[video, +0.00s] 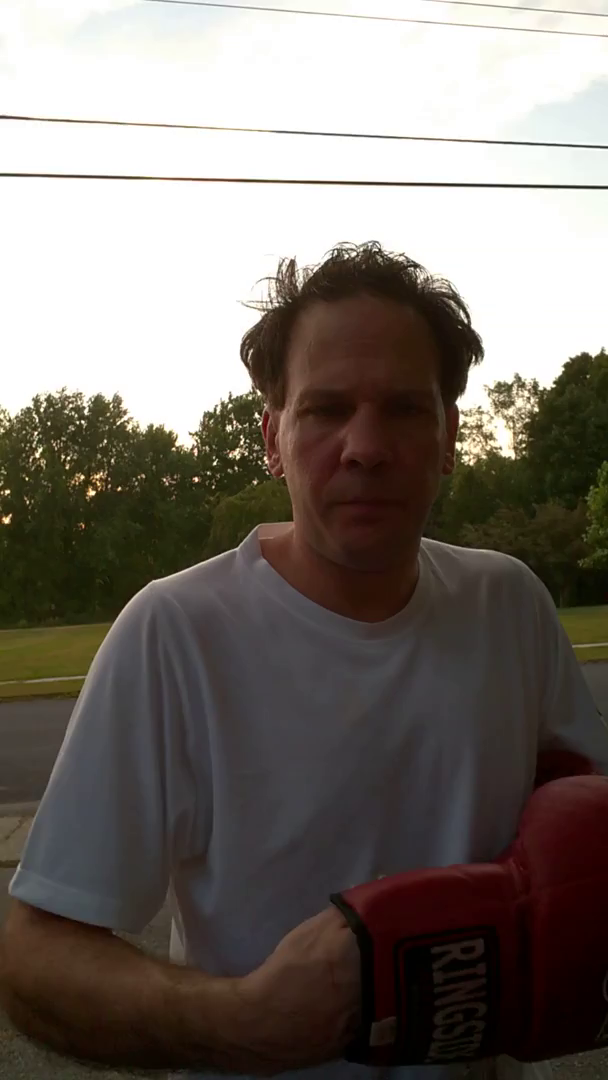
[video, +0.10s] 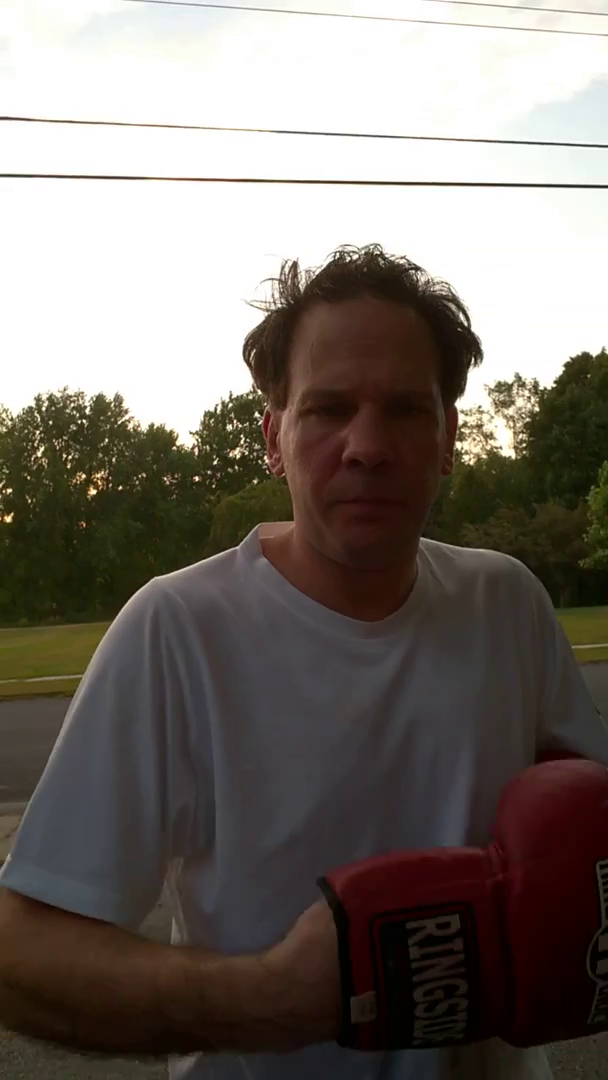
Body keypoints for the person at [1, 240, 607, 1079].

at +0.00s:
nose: (365, 448)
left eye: (403, 409)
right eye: (327, 410)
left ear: (448, 438)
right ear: (273, 438)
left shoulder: (508, 605)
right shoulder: (172, 633)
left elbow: (589, 805)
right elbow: (30, 952)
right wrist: (240, 1019)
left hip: (482, 1059)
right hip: (271, 1067)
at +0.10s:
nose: (368, 448)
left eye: (405, 409)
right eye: (330, 410)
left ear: (449, 439)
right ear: (274, 437)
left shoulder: (507, 604)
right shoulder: (174, 630)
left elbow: (591, 802)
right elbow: (19, 949)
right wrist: (268, 996)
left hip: (493, 1061)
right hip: (259, 1067)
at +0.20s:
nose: (368, 447)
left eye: (404, 409)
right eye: (330, 410)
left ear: (447, 441)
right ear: (275, 440)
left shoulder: (504, 601)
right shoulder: (179, 630)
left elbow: (591, 815)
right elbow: (21, 950)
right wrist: (317, 954)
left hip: (495, 1057)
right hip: (266, 1065)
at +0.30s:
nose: (367, 445)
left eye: (402, 409)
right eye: (329, 409)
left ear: (443, 441)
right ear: (274, 441)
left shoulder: (501, 602)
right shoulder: (180, 630)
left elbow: (593, 812)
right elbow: (21, 948)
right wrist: (322, 913)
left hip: (491, 1053)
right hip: (263, 1065)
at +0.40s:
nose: (363, 446)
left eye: (398, 411)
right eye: (326, 411)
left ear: (438, 440)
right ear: (272, 442)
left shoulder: (501, 601)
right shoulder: (180, 630)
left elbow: (591, 808)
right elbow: (19, 955)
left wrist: (588, 854)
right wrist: (330, 889)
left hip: (495, 1054)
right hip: (264, 1066)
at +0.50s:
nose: (359, 446)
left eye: (394, 411)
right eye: (323, 412)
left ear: (435, 440)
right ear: (271, 443)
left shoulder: (502, 600)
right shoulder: (180, 632)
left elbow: (592, 814)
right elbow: (17, 950)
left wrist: (594, 867)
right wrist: (342, 904)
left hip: (498, 1055)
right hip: (267, 1066)